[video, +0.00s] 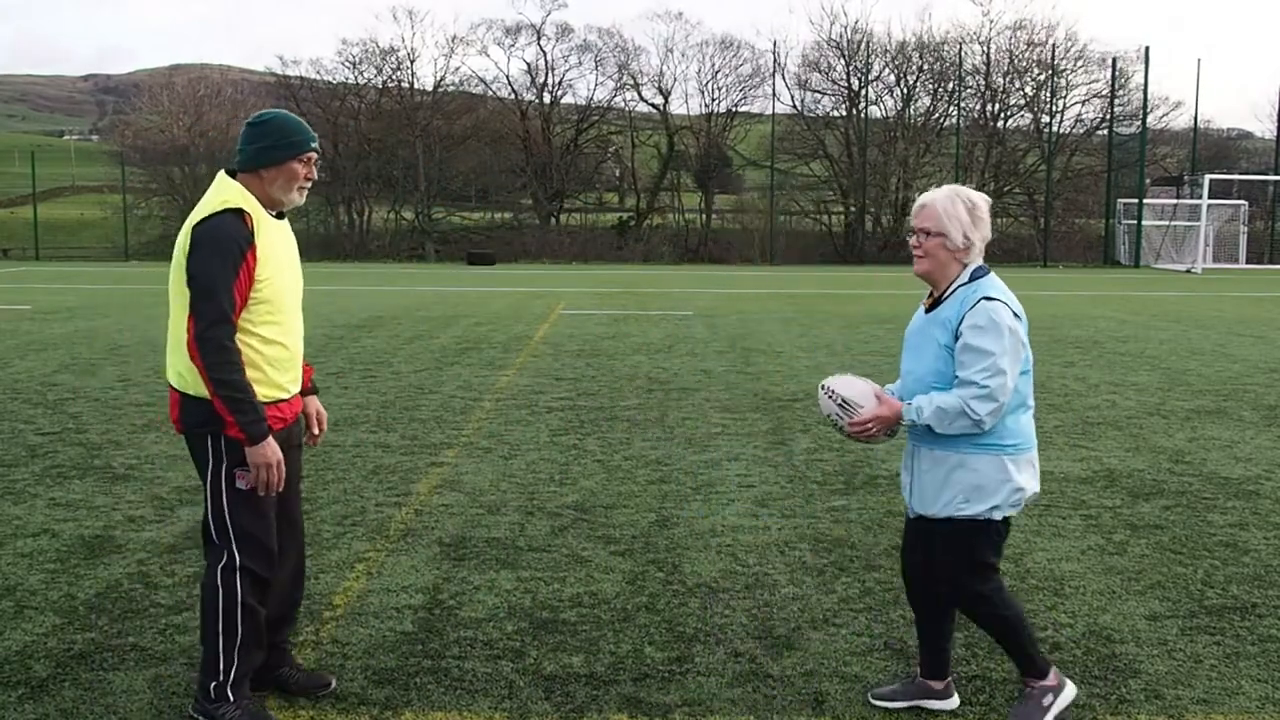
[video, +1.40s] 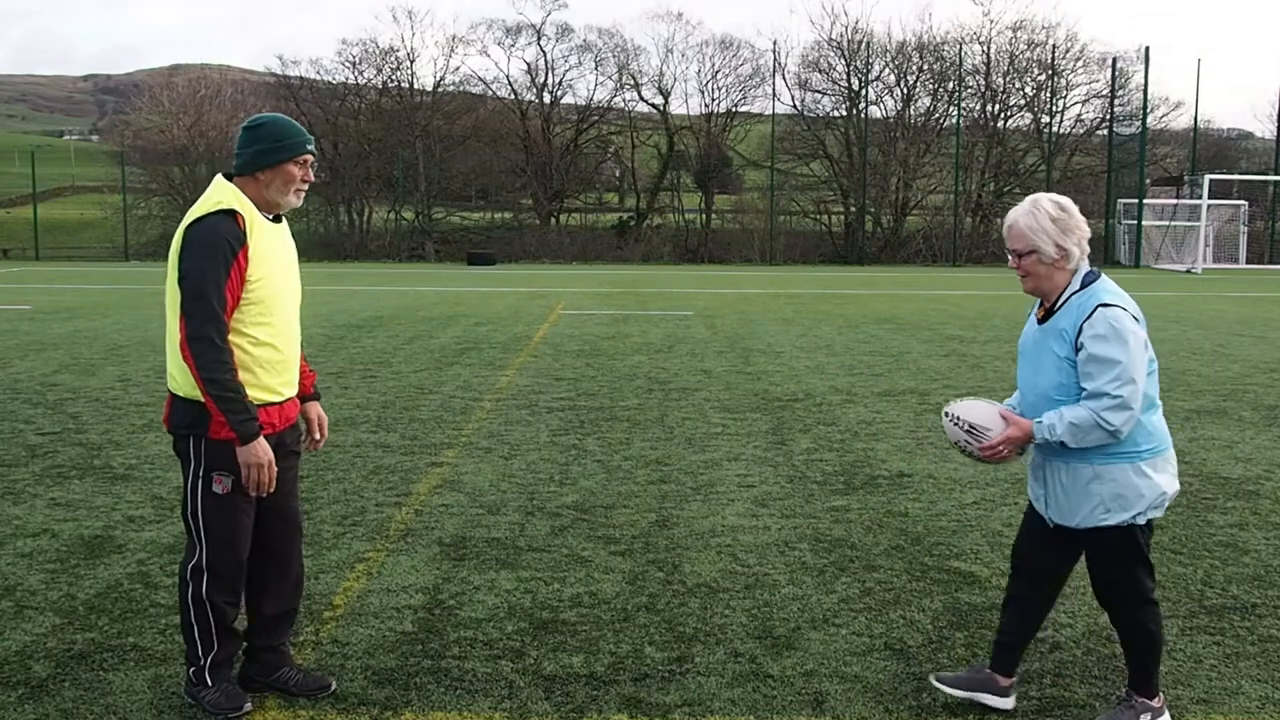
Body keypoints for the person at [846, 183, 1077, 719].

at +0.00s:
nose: (913, 243)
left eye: (926, 234)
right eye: (912, 233)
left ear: (962, 242)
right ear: (916, 236)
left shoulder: (989, 310)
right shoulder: (937, 303)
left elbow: (981, 405)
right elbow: (927, 380)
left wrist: (904, 411)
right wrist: (884, 400)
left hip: (981, 474)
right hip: (935, 470)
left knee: (970, 580)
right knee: (922, 573)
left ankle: (1044, 681)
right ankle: (934, 681)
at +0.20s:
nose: (956, 249)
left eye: (967, 239)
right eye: (955, 238)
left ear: (1004, 247)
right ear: (988, 248)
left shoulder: (1035, 316)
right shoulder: (983, 309)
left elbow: (1030, 413)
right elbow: (972, 386)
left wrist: (952, 419)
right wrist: (927, 407)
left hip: (1039, 484)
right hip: (988, 479)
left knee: (1047, 594)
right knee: (967, 584)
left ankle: (1082, 699)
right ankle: (939, 678)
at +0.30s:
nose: (971, 252)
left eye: (983, 242)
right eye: (972, 240)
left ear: (1021, 251)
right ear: (1012, 252)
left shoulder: (1058, 318)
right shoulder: (1000, 309)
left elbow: (1058, 415)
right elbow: (996, 389)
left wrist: (980, 427)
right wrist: (949, 415)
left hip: (1066, 482)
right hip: (1014, 475)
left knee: (1054, 590)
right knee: (986, 570)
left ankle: (1082, 699)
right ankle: (964, 677)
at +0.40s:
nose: (988, 251)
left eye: (999, 242)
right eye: (987, 241)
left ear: (1037, 247)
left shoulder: (1078, 314)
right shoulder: (1015, 306)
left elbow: (1083, 412)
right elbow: (1008, 388)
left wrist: (1006, 427)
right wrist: (968, 418)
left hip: (1081, 480)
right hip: (1029, 472)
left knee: (1067, 586)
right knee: (1005, 560)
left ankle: (1082, 698)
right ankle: (1030, 677)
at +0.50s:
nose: (1004, 252)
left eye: (1014, 242)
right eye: (1003, 241)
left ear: (1051, 246)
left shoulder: (1096, 313)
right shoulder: (1028, 304)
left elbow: (1102, 410)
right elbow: (1023, 384)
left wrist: (1024, 424)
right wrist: (987, 415)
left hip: (1096, 477)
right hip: (1047, 469)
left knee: (1079, 587)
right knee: (1037, 565)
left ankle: (1084, 700)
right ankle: (1101, 667)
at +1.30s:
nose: (1031, 261)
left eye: (1040, 251)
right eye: (1028, 251)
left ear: (1078, 250)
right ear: (1062, 255)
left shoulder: (1126, 316)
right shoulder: (1058, 308)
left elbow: (1135, 413)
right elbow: (1052, 389)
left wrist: (1057, 432)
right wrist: (1016, 426)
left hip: (1131, 481)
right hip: (1074, 474)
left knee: (1133, 593)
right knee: (1046, 560)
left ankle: (1147, 701)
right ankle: (1065, 677)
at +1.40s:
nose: (1013, 265)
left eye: (1021, 253)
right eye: (1011, 254)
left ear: (1060, 252)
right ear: (1054, 254)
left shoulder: (1106, 317)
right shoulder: (1045, 310)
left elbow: (1112, 415)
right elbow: (1039, 391)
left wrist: (1033, 430)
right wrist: (995, 422)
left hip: (1115, 481)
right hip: (1060, 476)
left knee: (1126, 593)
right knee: (1030, 575)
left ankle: (1147, 700)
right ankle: (998, 676)